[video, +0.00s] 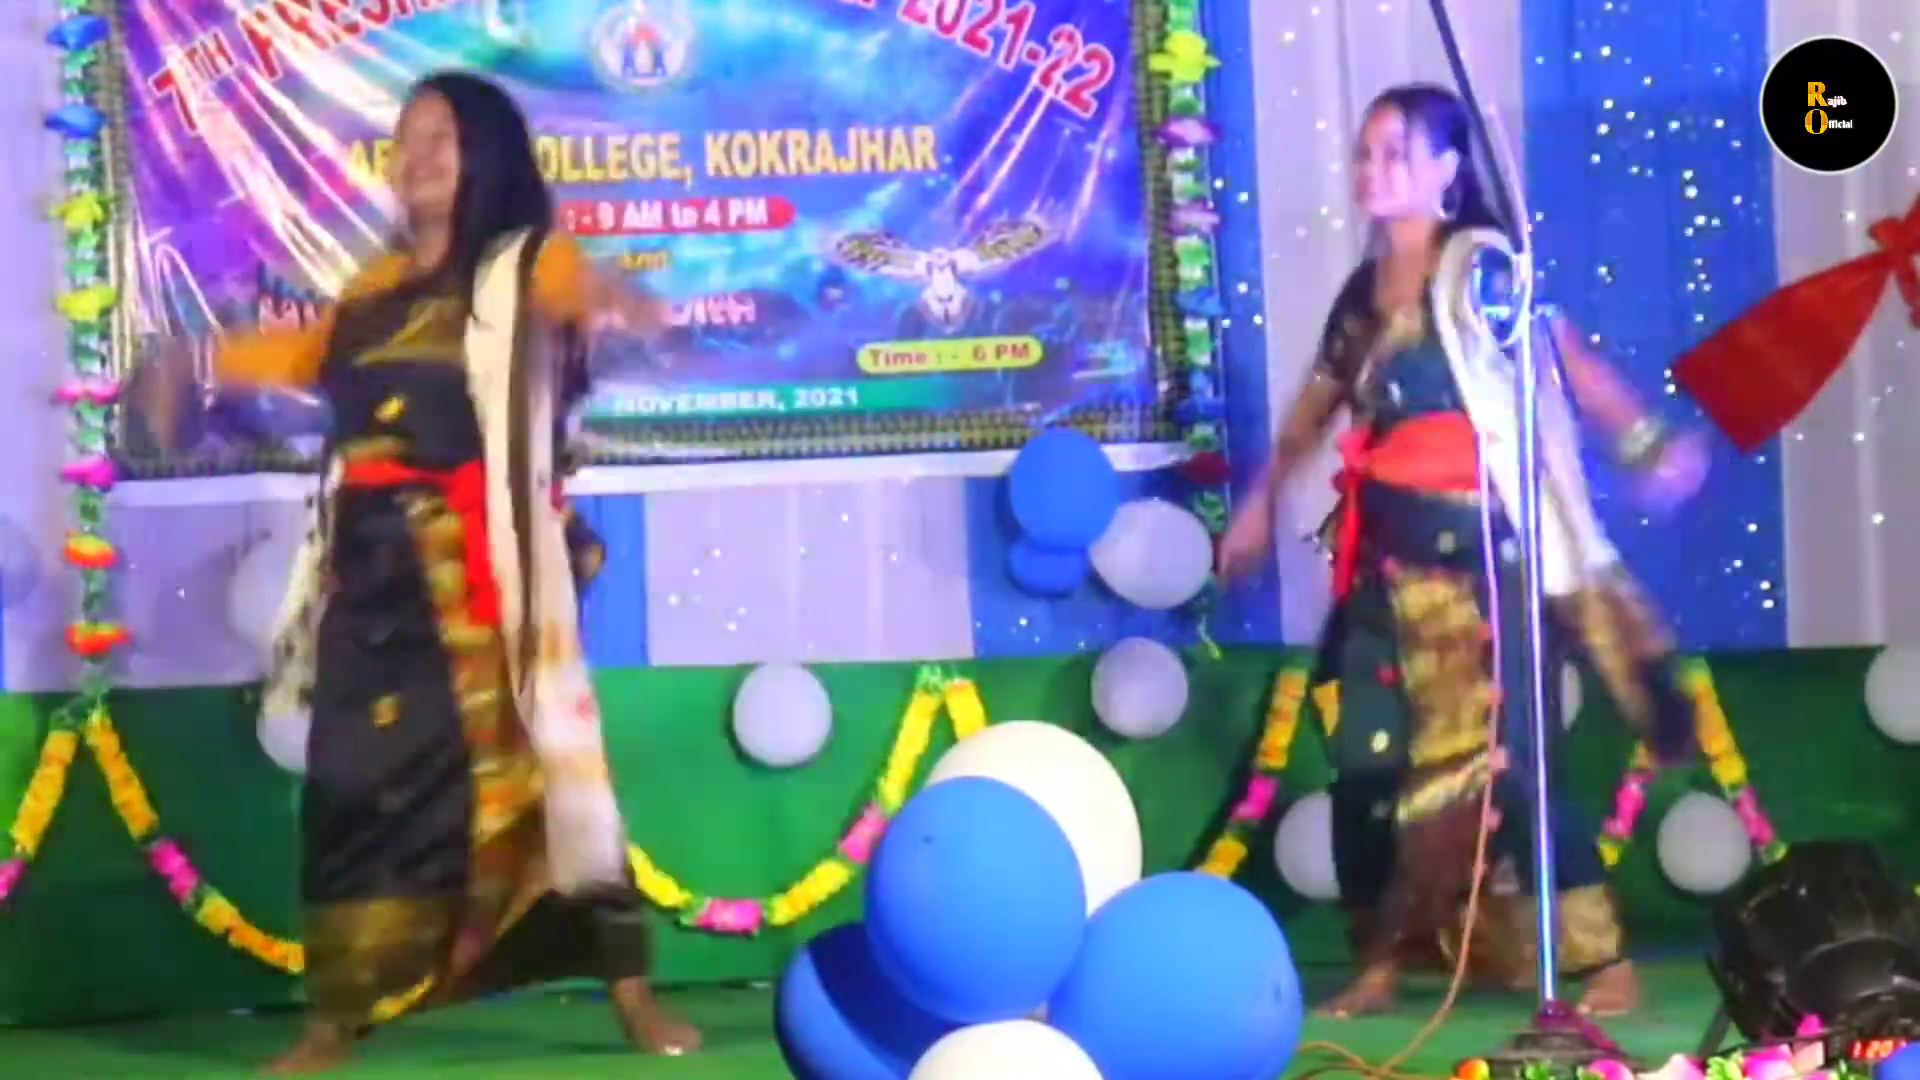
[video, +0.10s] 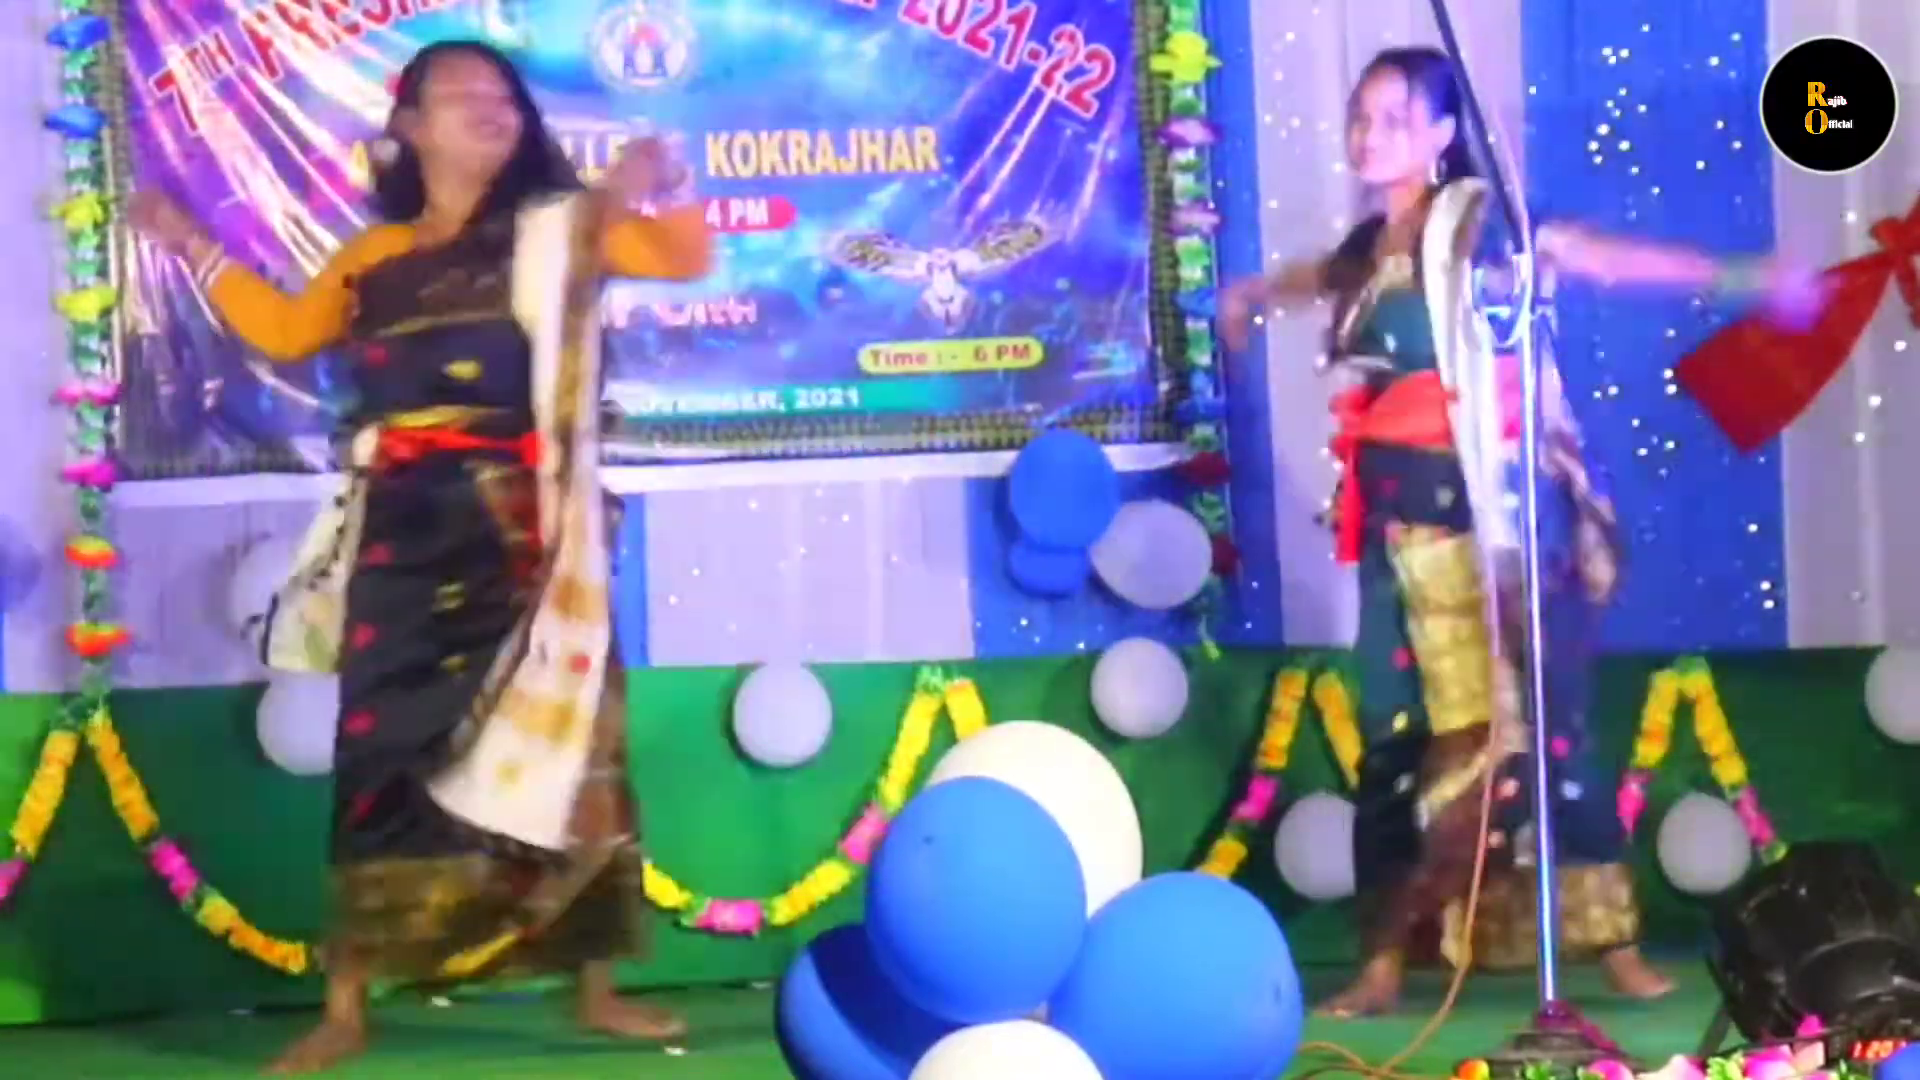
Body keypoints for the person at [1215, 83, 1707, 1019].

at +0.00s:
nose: (1373, 171)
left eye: (1394, 155)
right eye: (1367, 154)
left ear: (1447, 167)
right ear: (1361, 168)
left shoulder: (1486, 267)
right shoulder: (1364, 291)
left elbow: (1572, 363)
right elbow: (1314, 410)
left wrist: (1648, 442)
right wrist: (1260, 506)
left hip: (1495, 544)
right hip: (1391, 549)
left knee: (1521, 758)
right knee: (1371, 759)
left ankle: (1595, 959)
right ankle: (1382, 958)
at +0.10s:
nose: (1369, 139)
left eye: (1390, 120)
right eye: (1360, 121)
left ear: (1439, 130)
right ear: (1352, 133)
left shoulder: (1475, 219)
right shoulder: (1362, 250)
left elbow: (1598, 259)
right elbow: (1299, 282)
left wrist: (1743, 281)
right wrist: (1243, 300)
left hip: (1502, 503)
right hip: (1400, 509)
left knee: (1556, 715)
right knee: (1441, 728)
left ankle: (1610, 935)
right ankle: (1390, 955)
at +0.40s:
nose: (1496, 174)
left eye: (1506, 155)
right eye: (1473, 159)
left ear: (1526, 159)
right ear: (1429, 176)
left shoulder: (1582, 239)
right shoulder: (1403, 289)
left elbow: (1708, 246)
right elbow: (1250, 326)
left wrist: (1832, 224)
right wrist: (1170, 255)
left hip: (1597, 525)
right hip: (1483, 533)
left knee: (1617, 741)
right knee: (1464, 739)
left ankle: (1582, 962)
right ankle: (1379, 938)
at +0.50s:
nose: (1594, 185)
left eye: (1594, 166)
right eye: (1578, 167)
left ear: (1566, 175)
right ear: (1515, 172)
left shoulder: (1604, 267)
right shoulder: (1464, 291)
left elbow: (1661, 320)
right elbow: (1370, 396)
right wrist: (1240, 396)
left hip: (1632, 566)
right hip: (1531, 569)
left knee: (1688, 770)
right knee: (1606, 773)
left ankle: (1586, 962)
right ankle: (1417, 864)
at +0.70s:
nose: (1662, 158)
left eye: (1659, 140)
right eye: (1657, 140)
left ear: (1552, 141)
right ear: (1638, 148)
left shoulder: (1499, 259)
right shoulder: (1641, 272)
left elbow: (1418, 313)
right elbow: (1744, 399)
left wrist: (1335, 332)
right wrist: (1868, 436)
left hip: (1550, 562)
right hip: (1643, 562)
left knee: (1602, 755)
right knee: (1731, 729)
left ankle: (1575, 963)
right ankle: (1697, 944)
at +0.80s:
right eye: (1674, 128)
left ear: (1572, 128)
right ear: (1674, 133)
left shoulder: (1505, 227)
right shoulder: (1694, 253)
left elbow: (1391, 278)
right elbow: (1795, 352)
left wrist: (1264, 305)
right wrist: (1908, 368)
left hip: (1528, 547)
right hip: (1641, 551)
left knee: (1593, 748)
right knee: (1720, 733)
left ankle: (1581, 958)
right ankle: (1783, 942)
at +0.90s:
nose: (1561, 119)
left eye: (1568, 103)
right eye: (1566, 101)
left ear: (1595, 109)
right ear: (1674, 99)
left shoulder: (1568, 204)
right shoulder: (1739, 205)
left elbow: (1421, 243)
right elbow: (1825, 226)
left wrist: (1264, 241)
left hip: (1609, 502)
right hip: (1722, 497)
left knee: (1596, 719)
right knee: (1710, 719)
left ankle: (1638, 967)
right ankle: (1741, 940)